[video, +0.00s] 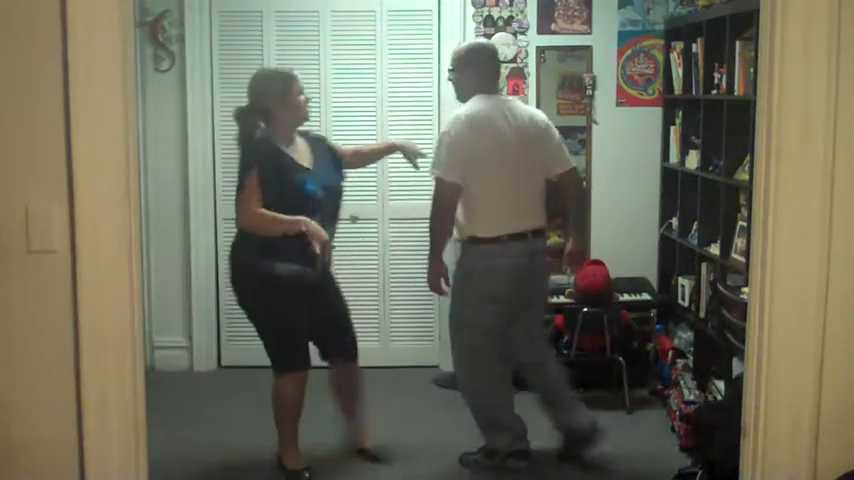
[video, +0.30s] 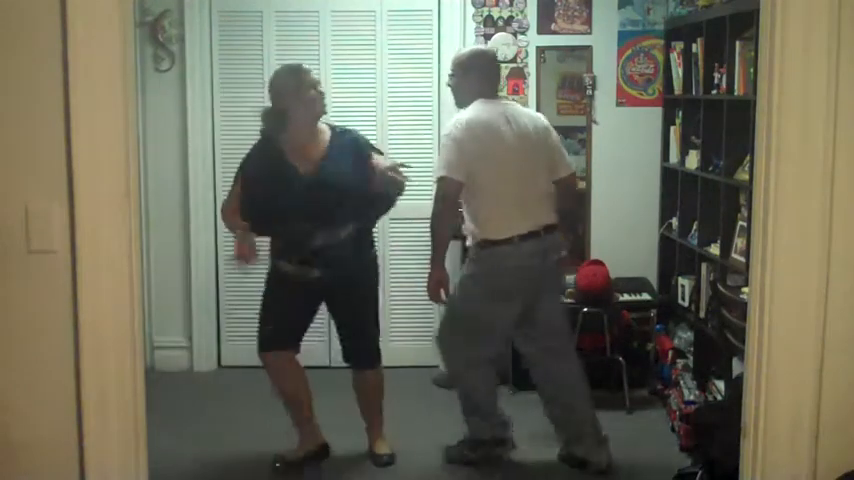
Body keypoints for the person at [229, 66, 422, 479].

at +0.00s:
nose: (306, 98)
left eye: (303, 92)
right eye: (298, 93)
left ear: (289, 103)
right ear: (273, 104)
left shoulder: (315, 144)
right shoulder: (260, 154)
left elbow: (354, 156)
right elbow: (247, 217)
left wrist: (395, 144)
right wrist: (302, 223)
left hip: (309, 265)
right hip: (263, 268)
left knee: (343, 349)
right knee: (291, 362)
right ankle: (289, 454)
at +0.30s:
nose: (320, 92)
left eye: (319, 85)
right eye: (310, 88)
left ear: (319, 95)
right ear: (285, 101)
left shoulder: (349, 143)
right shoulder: (262, 156)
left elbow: (390, 184)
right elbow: (230, 209)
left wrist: (390, 177)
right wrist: (244, 232)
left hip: (351, 266)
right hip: (292, 267)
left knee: (364, 355)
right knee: (275, 350)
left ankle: (377, 437)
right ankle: (310, 439)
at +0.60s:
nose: (268, 98)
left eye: (274, 92)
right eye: (272, 91)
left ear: (286, 101)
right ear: (306, 103)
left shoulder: (292, 148)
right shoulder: (301, 144)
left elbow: (274, 208)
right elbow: (279, 202)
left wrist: (232, 216)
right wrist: (244, 215)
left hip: (310, 264)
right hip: (316, 260)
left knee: (272, 358)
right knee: (298, 357)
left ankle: (357, 395)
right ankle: (321, 451)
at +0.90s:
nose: (283, 98)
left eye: (280, 91)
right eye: (278, 93)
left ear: (236, 97)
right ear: (269, 98)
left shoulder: (215, 143)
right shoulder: (292, 144)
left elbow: (181, 191)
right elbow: (320, 201)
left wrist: (223, 215)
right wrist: (281, 216)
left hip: (229, 263)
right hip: (283, 263)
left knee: (237, 345)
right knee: (286, 357)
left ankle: (195, 432)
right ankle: (276, 455)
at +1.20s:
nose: (245, 98)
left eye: (242, 92)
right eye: (237, 92)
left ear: (213, 99)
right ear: (213, 99)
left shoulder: (214, 142)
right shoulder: (207, 145)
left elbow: (237, 187)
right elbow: (194, 205)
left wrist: (279, 172)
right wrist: (254, 225)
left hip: (196, 258)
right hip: (200, 260)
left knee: (206, 348)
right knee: (256, 342)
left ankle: (188, 435)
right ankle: (211, 429)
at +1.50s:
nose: (220, 98)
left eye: (217, 91)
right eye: (211, 93)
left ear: (201, 101)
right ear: (186, 102)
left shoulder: (214, 144)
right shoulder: (166, 147)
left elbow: (235, 190)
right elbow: (144, 209)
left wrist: (282, 183)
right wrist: (185, 229)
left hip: (204, 267)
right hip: (166, 268)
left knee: (213, 344)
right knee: (168, 356)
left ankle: (191, 433)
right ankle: (142, 440)